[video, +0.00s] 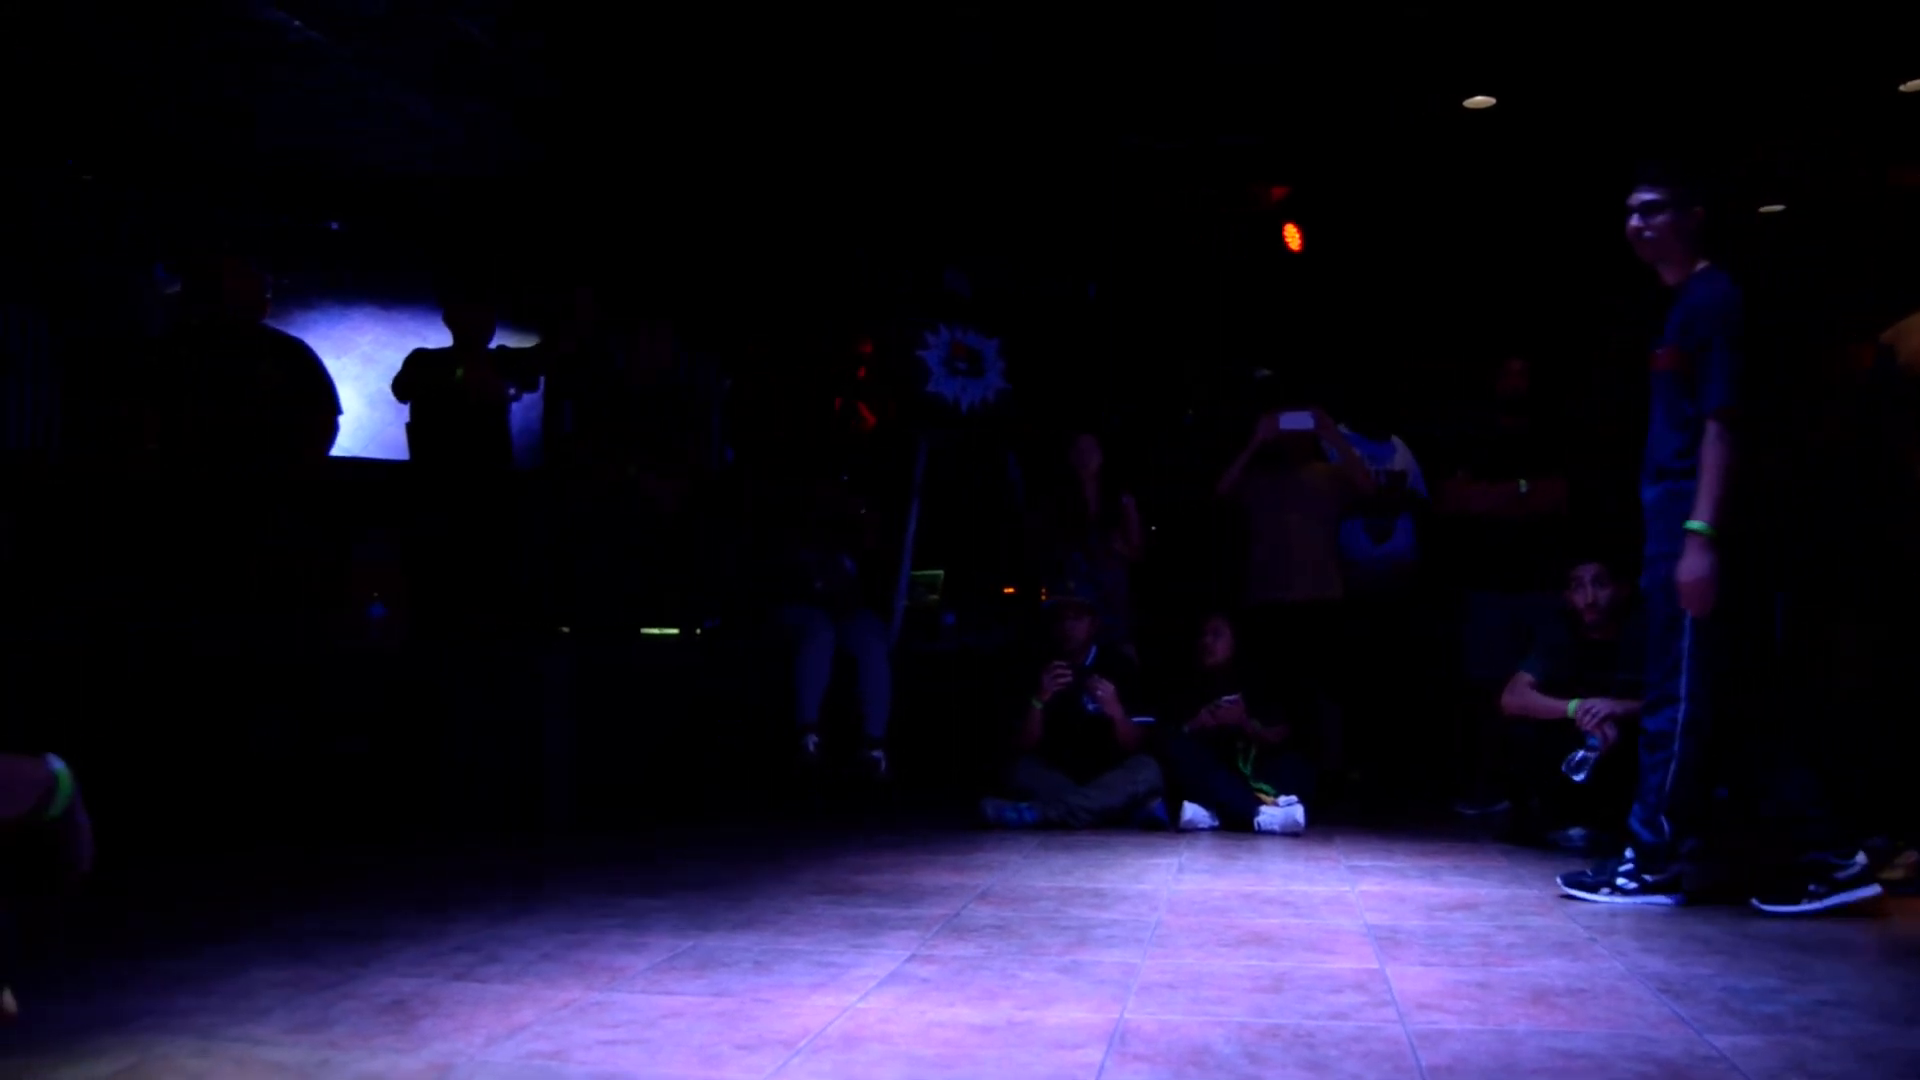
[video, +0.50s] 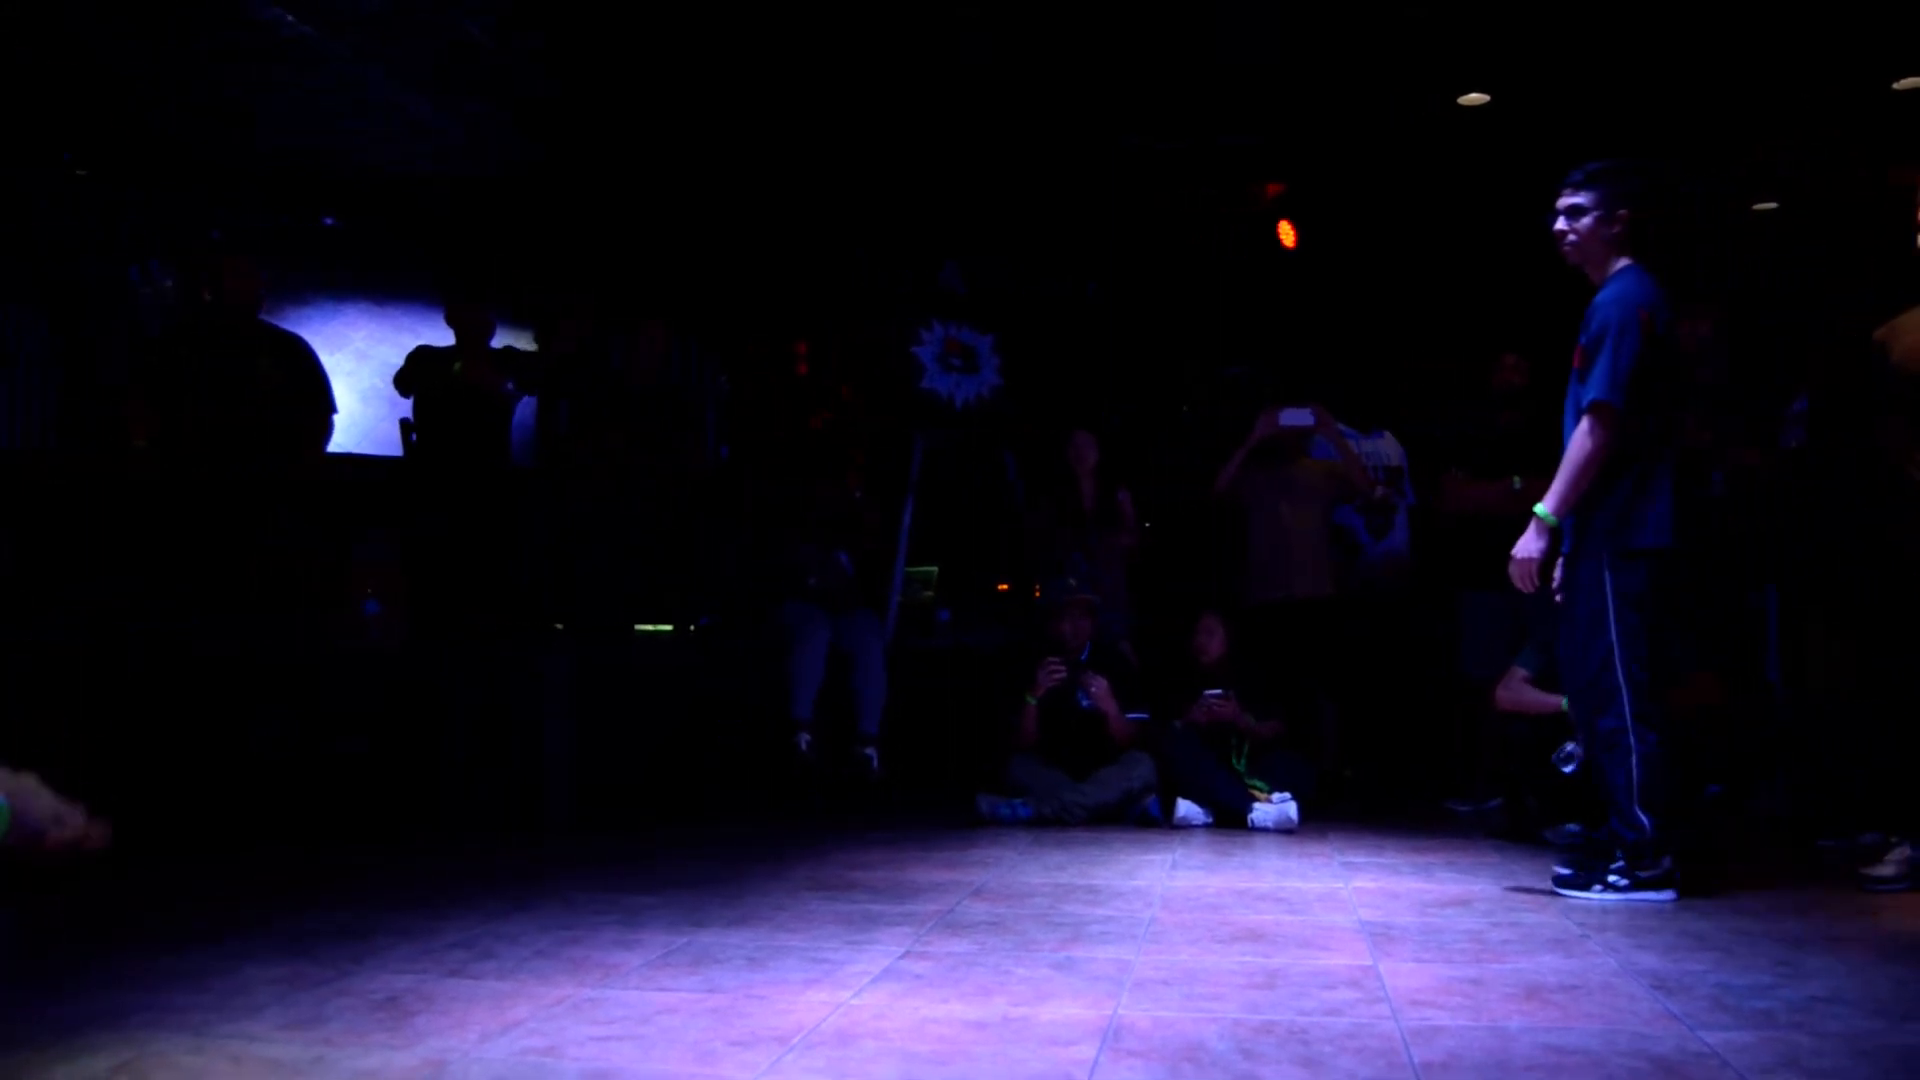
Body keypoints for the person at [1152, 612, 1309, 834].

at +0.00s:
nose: (1208, 642)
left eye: (1216, 634)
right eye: (1203, 635)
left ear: (1233, 639)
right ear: (1197, 641)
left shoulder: (1254, 680)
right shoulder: (1188, 682)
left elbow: (1278, 735)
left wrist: (1242, 721)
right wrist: (1199, 723)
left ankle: (1217, 814)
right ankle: (1258, 813)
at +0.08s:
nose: (1205, 642)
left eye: (1214, 634)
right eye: (1202, 635)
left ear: (1232, 639)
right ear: (1196, 640)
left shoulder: (1253, 680)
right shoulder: (1188, 682)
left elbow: (1278, 733)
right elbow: (1171, 728)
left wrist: (1241, 721)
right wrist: (1198, 723)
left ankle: (1215, 813)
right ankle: (1256, 813)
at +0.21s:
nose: (1201, 640)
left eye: (1210, 632)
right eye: (1198, 633)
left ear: (1227, 637)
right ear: (1191, 637)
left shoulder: (1248, 677)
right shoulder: (1185, 679)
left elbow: (1275, 729)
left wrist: (1237, 719)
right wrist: (1196, 719)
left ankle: (1210, 810)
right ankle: (1252, 810)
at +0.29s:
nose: (1201, 640)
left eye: (1210, 632)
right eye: (1198, 633)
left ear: (1227, 637)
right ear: (1191, 636)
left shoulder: (1247, 677)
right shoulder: (1184, 679)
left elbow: (1275, 729)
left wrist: (1237, 719)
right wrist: (1194, 719)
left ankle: (1210, 810)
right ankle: (1252, 809)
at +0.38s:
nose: (1199, 640)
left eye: (1208, 632)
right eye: (1196, 633)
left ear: (1226, 637)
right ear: (1190, 637)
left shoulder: (1247, 676)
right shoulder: (1184, 679)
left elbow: (1275, 730)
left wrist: (1237, 719)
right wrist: (1195, 719)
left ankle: (1211, 811)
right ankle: (1252, 809)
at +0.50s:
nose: (1203, 642)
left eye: (1211, 634)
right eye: (1199, 634)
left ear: (1227, 638)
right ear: (1191, 639)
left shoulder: (1245, 676)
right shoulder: (1185, 678)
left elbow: (1273, 729)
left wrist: (1237, 717)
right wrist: (1193, 718)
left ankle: (1211, 811)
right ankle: (1251, 809)